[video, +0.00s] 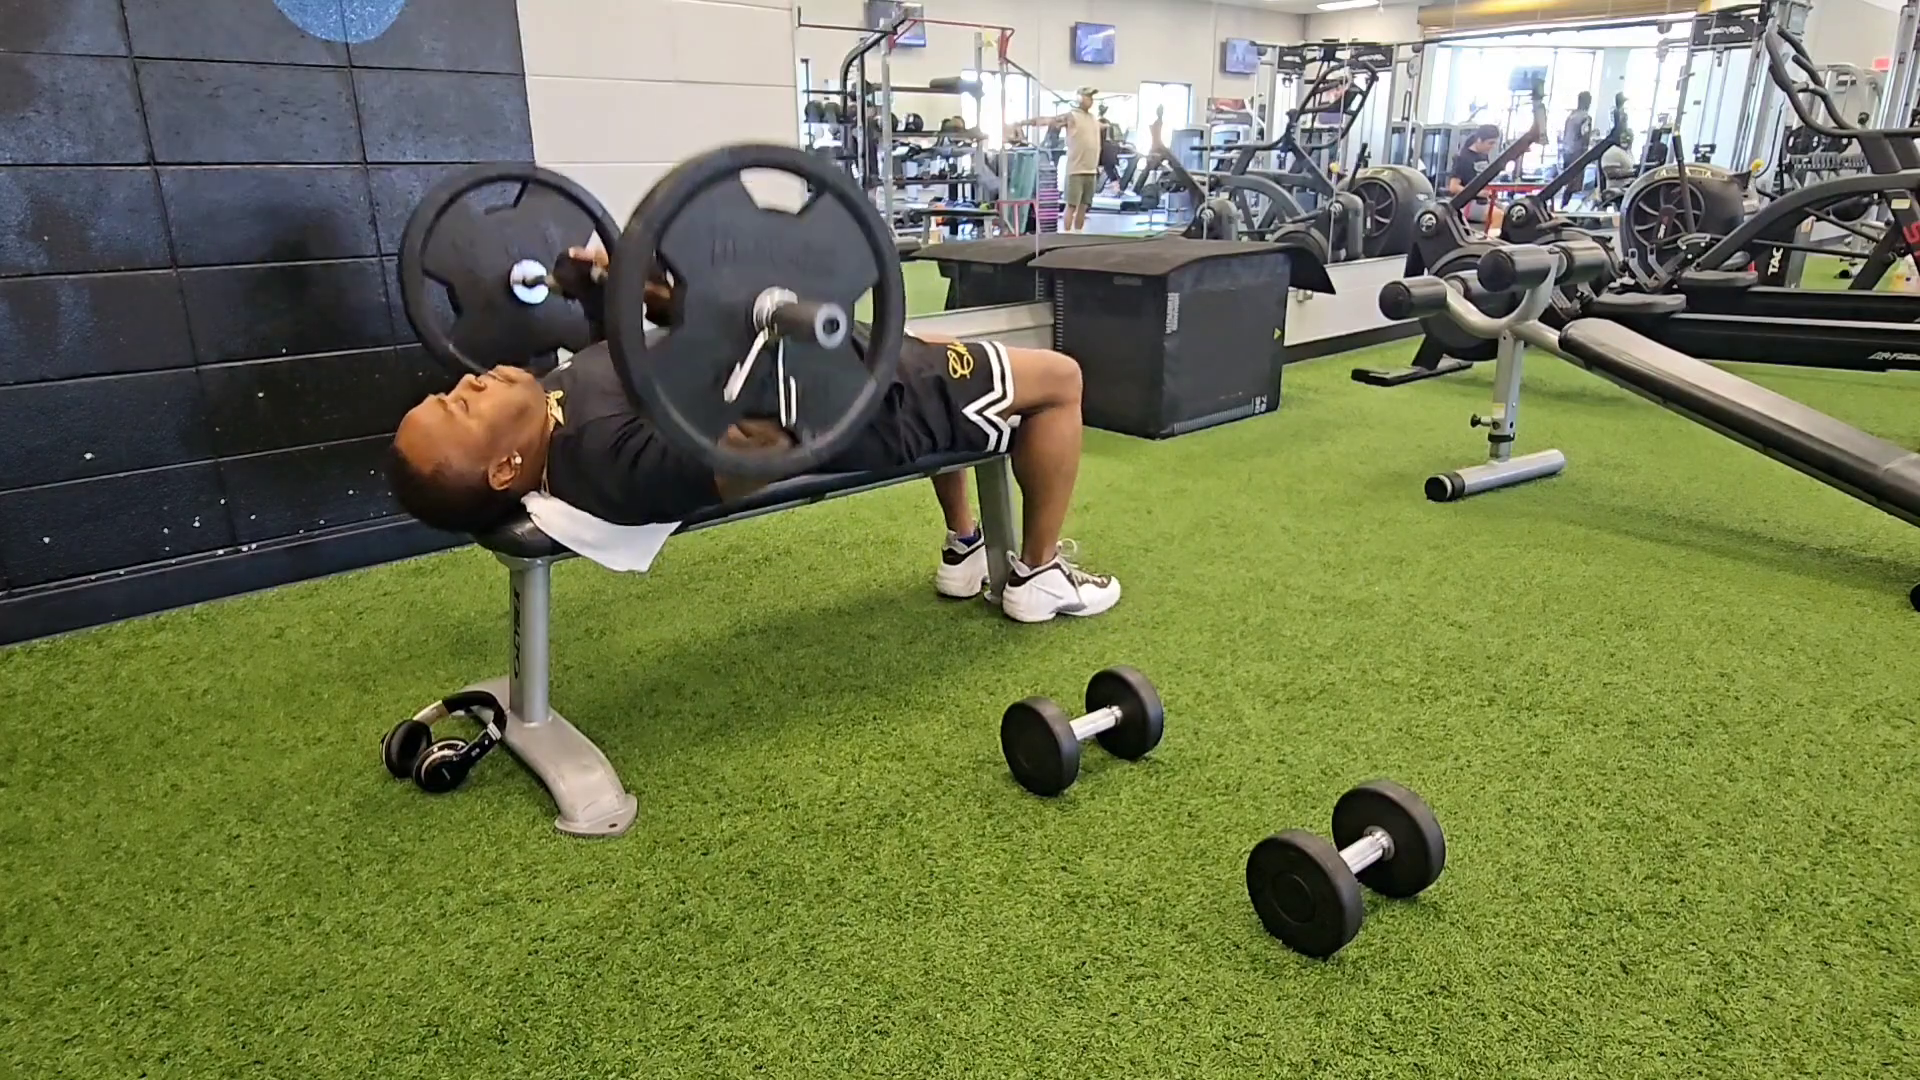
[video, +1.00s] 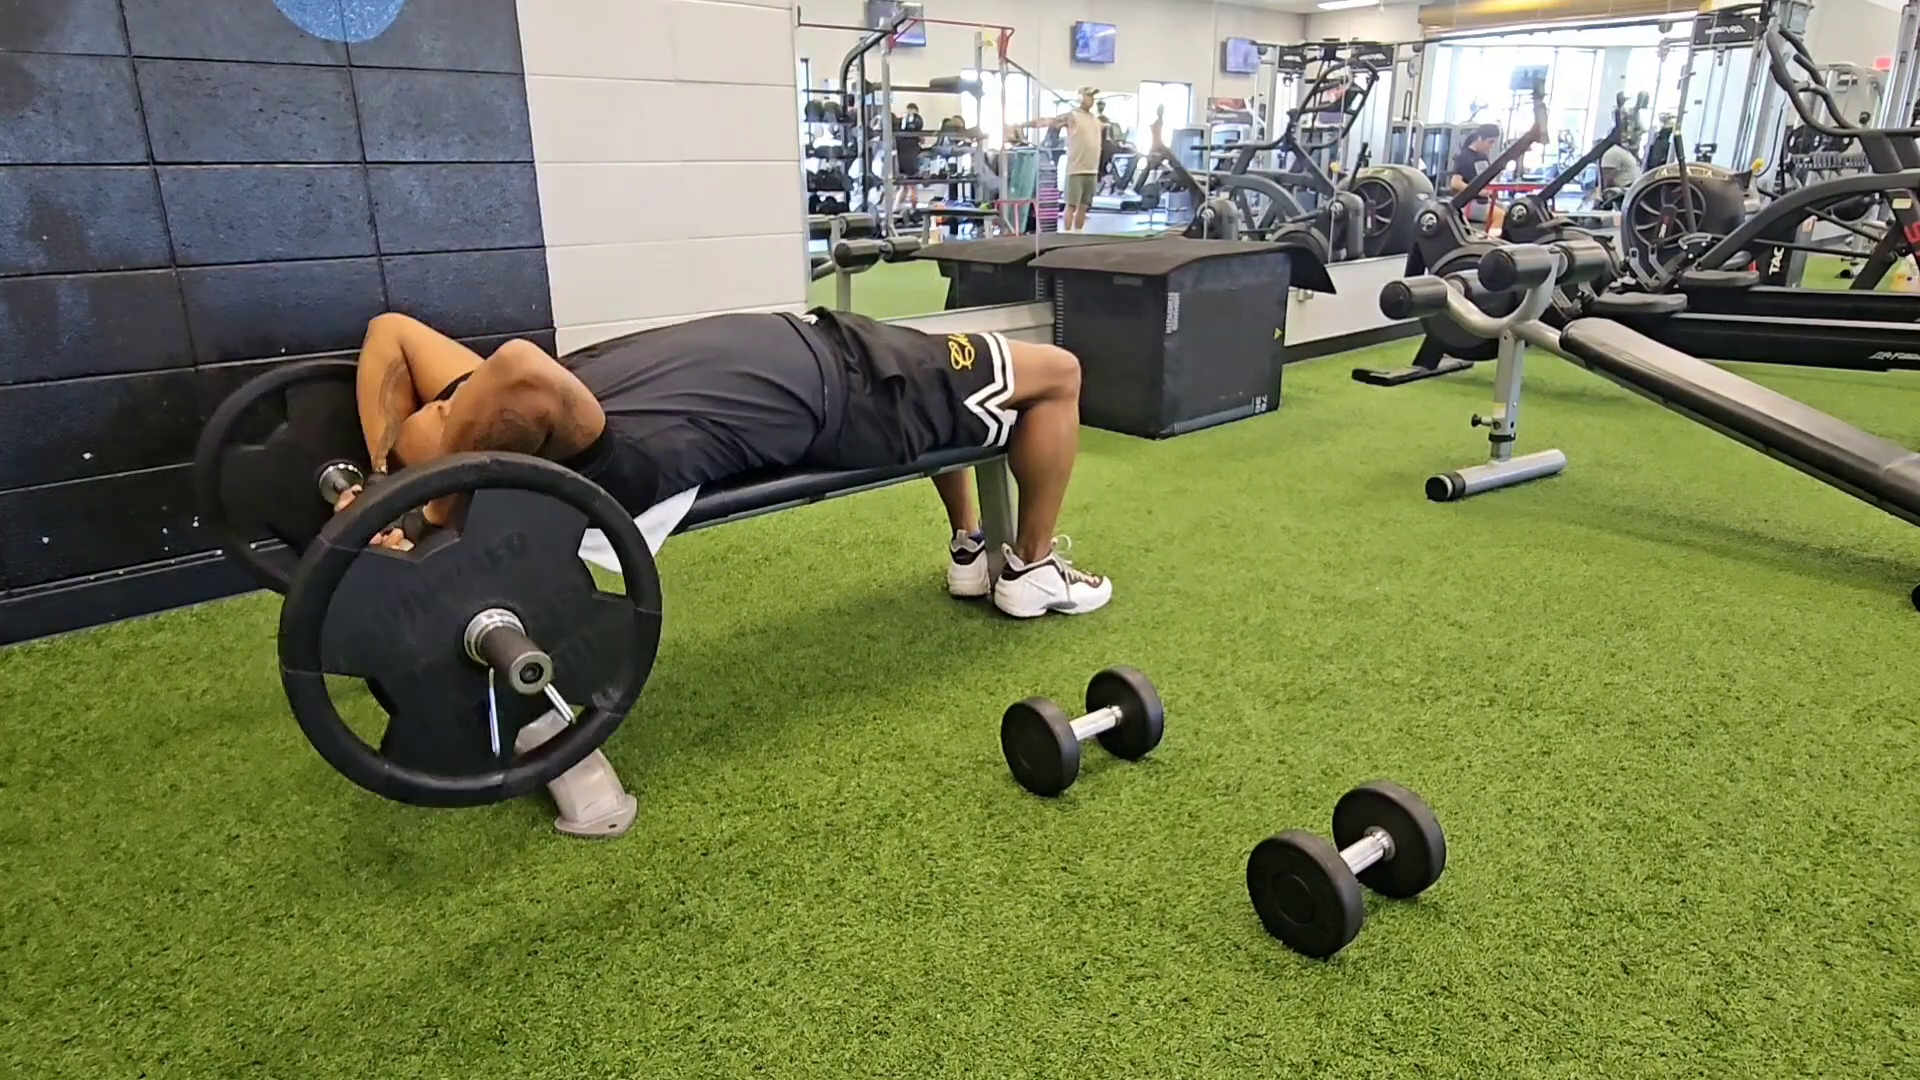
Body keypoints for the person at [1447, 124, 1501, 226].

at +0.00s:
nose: (1492, 147)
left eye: (1494, 143)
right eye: (1490, 143)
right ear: (1479, 140)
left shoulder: (1485, 156)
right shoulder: (1463, 158)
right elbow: (1453, 187)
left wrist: (1491, 190)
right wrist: (1478, 193)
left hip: (1486, 199)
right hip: (1468, 203)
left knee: (1508, 211)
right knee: (1498, 216)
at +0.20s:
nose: (1492, 147)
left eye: (1493, 144)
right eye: (1490, 143)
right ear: (1479, 140)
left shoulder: (1485, 156)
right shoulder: (1463, 157)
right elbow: (1453, 187)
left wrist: (1492, 190)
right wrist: (1478, 193)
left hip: (1486, 200)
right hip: (1468, 203)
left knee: (1509, 211)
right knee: (1498, 215)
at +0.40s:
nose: (1492, 147)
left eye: (1493, 144)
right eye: (1489, 143)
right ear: (1478, 140)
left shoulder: (1484, 157)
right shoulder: (1463, 157)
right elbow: (1453, 185)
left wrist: (1492, 190)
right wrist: (1478, 193)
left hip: (1486, 200)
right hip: (1467, 203)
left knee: (1508, 211)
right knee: (1498, 215)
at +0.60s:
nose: (1490, 147)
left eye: (1492, 144)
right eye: (1489, 143)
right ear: (1478, 139)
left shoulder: (1484, 157)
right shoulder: (1464, 156)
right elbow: (1454, 182)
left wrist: (1492, 189)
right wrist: (1478, 192)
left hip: (1486, 200)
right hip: (1468, 203)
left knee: (1508, 211)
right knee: (1498, 215)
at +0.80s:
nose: (1491, 146)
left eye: (1493, 143)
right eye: (1490, 142)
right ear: (1479, 138)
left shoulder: (1484, 157)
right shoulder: (1464, 156)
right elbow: (1455, 182)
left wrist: (1493, 189)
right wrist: (1479, 191)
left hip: (1487, 200)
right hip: (1470, 203)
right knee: (1501, 217)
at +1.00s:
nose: (1491, 146)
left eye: (1493, 143)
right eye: (1490, 142)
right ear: (1480, 138)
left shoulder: (1484, 157)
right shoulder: (1464, 156)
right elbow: (1455, 182)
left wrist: (1492, 189)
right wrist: (1479, 192)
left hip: (1486, 200)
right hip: (1470, 202)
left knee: (1507, 213)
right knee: (1499, 215)